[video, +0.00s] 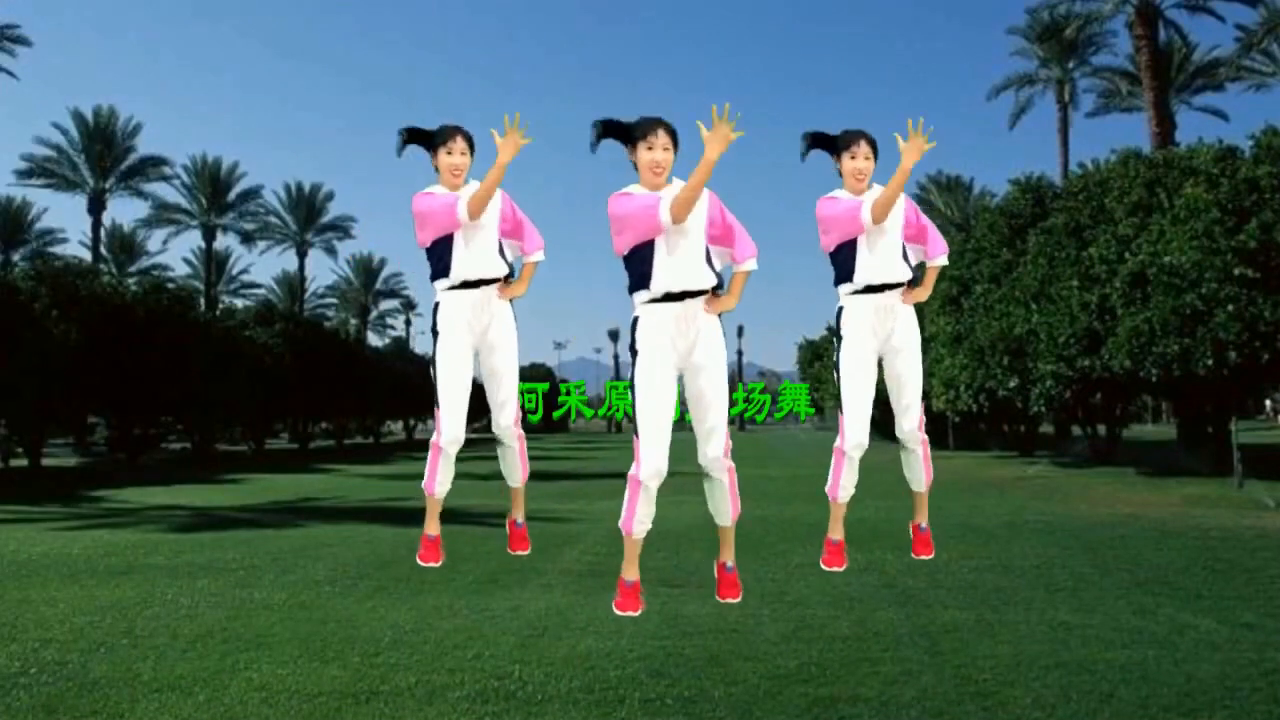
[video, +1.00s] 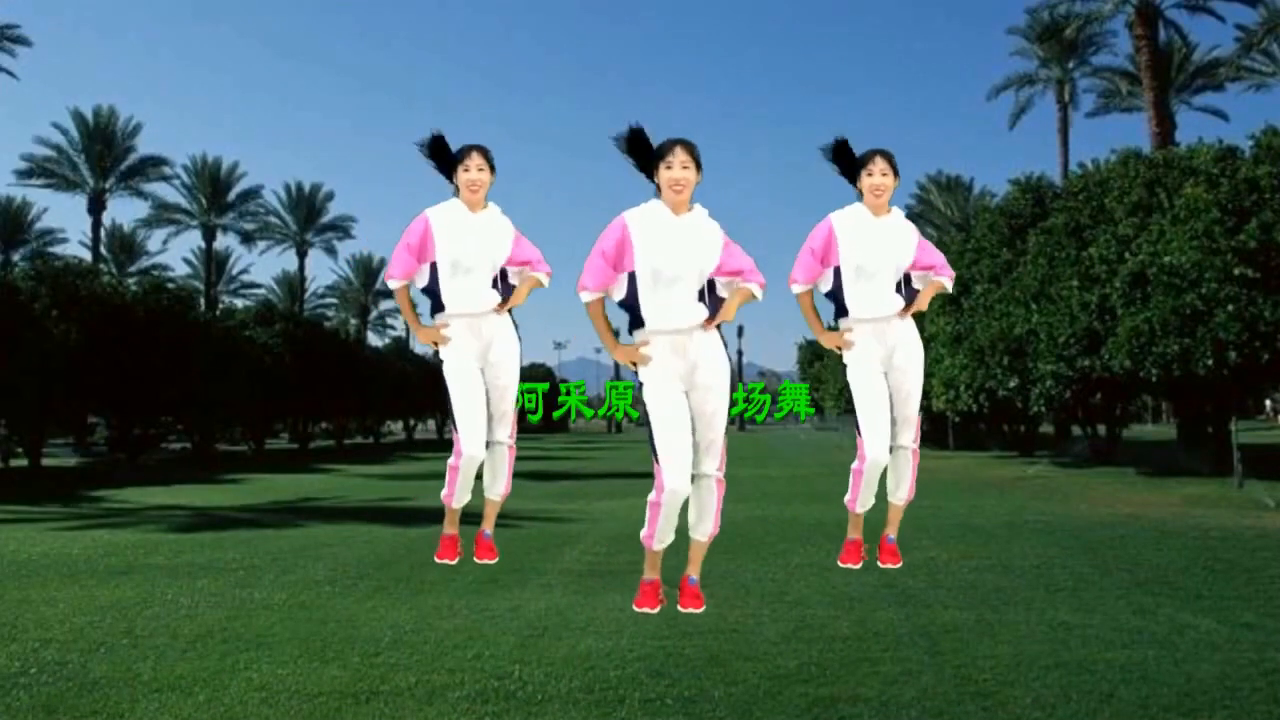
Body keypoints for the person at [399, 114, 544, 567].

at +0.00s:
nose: (457, 159)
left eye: (464, 153)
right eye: (449, 152)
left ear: (473, 160)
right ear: (434, 159)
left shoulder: (495, 198)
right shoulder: (426, 201)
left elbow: (532, 243)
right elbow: (472, 209)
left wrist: (521, 283)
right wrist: (502, 162)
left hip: (497, 304)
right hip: (454, 307)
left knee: (507, 421)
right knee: (451, 427)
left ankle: (517, 517)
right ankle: (431, 527)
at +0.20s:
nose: (463, 175)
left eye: (469, 169)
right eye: (455, 168)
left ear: (477, 176)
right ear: (440, 176)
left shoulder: (497, 218)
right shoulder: (433, 219)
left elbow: (539, 262)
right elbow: (478, 239)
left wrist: (521, 307)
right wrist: (534, 216)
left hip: (501, 333)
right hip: (457, 334)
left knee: (507, 437)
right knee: (458, 443)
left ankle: (516, 521)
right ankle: (431, 531)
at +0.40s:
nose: (459, 144)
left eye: (466, 137)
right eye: (451, 137)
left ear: (476, 144)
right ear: (438, 144)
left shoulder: (497, 189)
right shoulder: (427, 184)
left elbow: (528, 240)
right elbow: (445, 236)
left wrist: (512, 272)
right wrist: (492, 268)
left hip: (483, 300)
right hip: (439, 298)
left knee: (490, 417)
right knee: (434, 413)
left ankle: (482, 464)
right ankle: (423, 520)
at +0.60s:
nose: (453, 184)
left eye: (460, 177)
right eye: (445, 178)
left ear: (471, 184)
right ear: (434, 186)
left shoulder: (493, 234)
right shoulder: (424, 236)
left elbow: (519, 292)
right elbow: (387, 293)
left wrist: (496, 333)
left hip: (470, 343)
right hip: (427, 338)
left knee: (461, 455)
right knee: (427, 442)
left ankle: (430, 435)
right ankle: (424, 531)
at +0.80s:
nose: (461, 156)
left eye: (468, 149)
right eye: (453, 149)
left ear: (478, 158)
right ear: (441, 158)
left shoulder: (497, 207)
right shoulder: (422, 205)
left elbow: (530, 255)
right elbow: (372, 239)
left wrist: (506, 298)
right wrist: (402, 287)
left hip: (483, 319)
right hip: (438, 318)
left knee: (484, 428)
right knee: (438, 427)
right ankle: (426, 528)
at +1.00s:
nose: (474, 176)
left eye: (482, 170)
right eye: (466, 169)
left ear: (491, 178)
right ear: (454, 177)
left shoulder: (500, 223)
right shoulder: (433, 220)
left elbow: (536, 268)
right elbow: (397, 277)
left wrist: (512, 303)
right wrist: (419, 328)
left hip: (500, 329)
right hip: (456, 332)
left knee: (503, 435)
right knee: (471, 442)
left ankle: (487, 531)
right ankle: (450, 530)